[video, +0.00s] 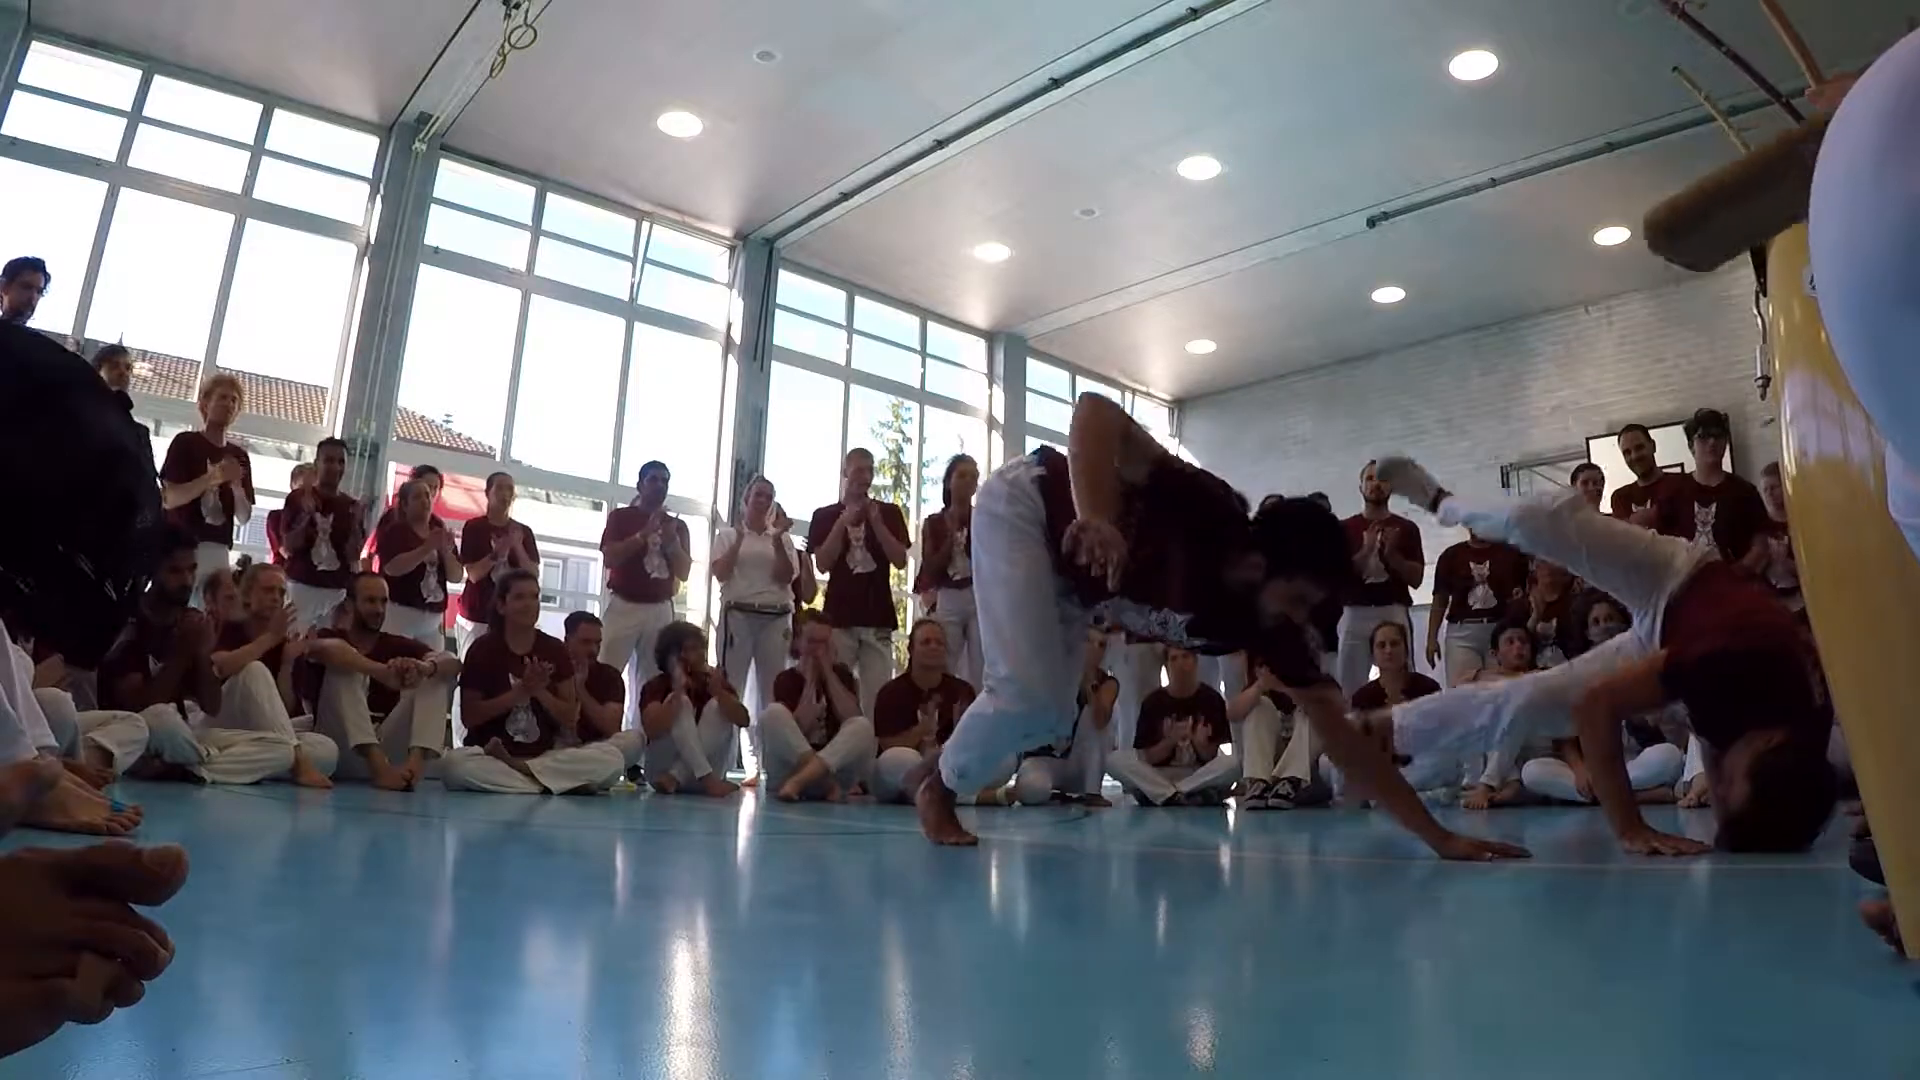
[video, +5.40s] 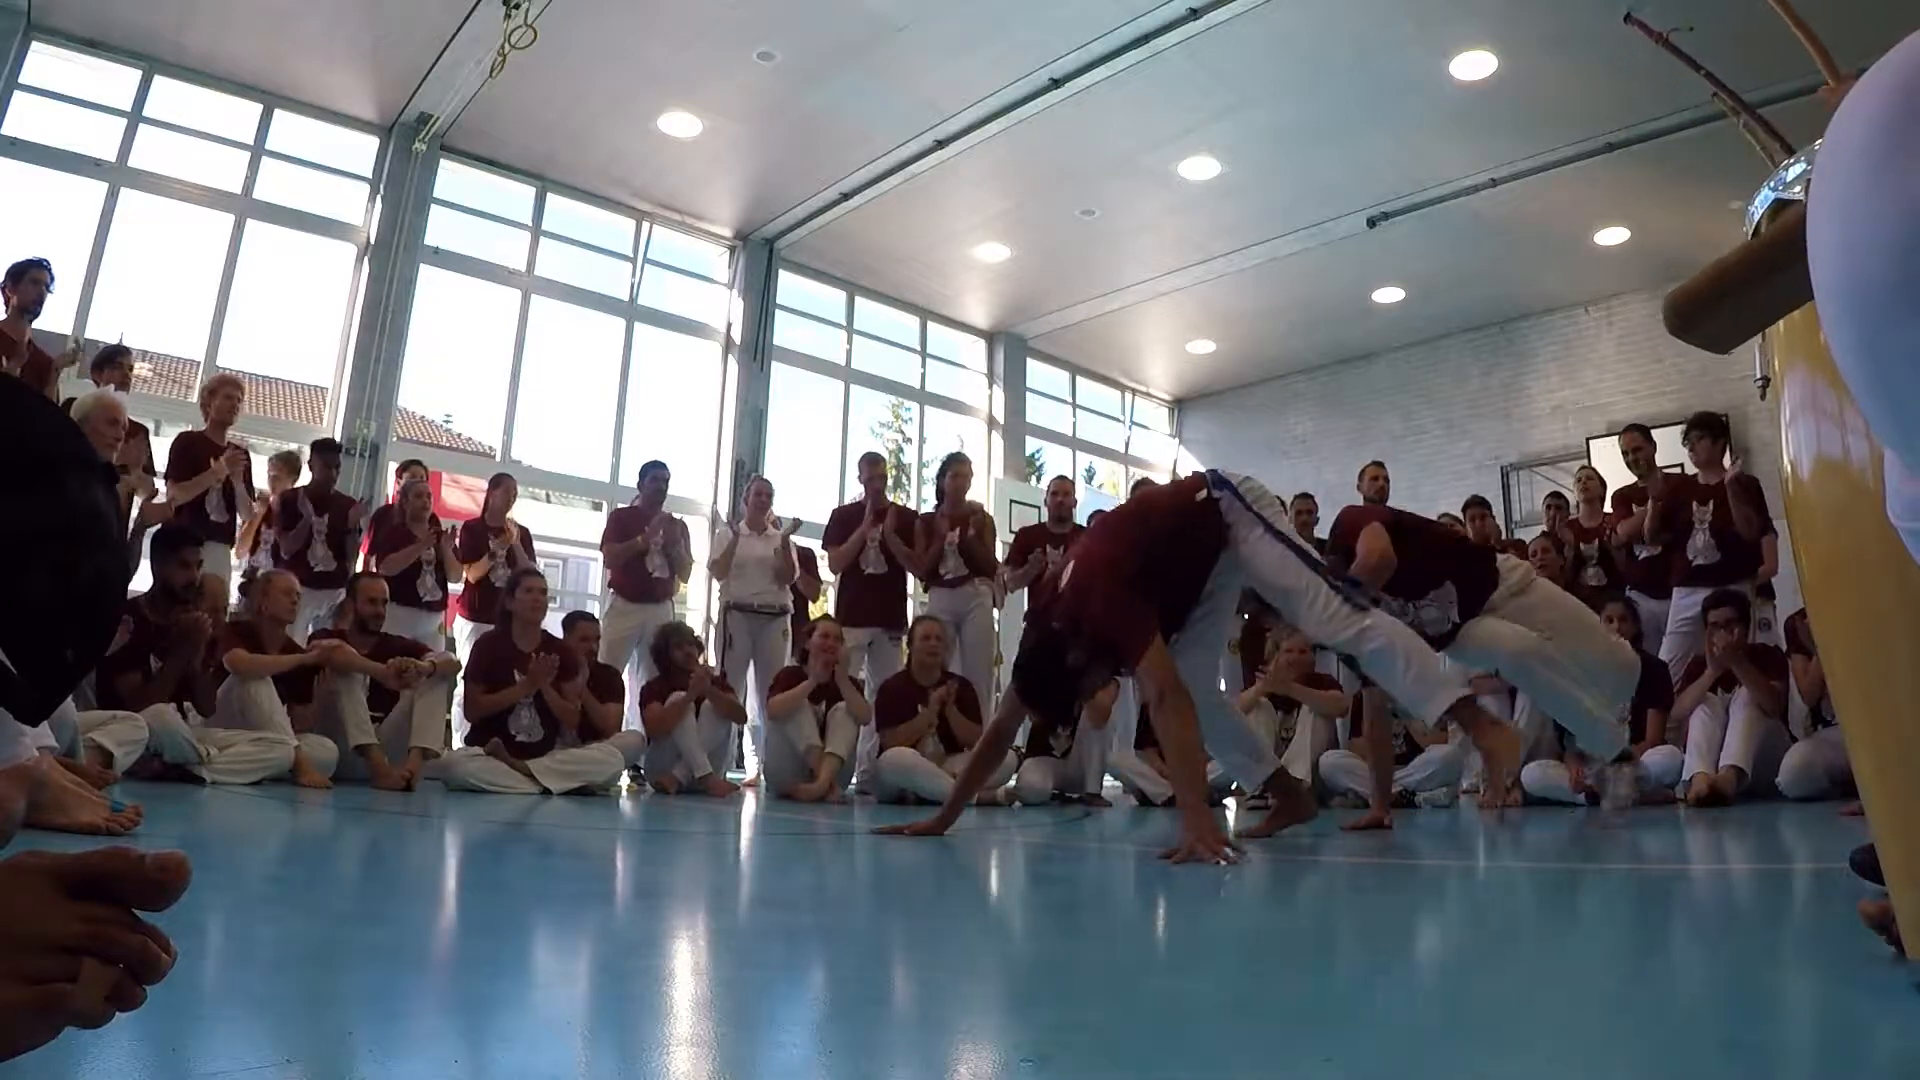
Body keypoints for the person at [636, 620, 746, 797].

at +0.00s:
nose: (702, 654)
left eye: (703, 647)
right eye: (693, 649)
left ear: (706, 649)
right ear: (675, 655)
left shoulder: (714, 680)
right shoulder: (655, 686)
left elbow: (743, 720)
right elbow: (652, 729)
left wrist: (719, 692)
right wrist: (677, 692)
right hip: (663, 772)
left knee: (719, 705)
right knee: (680, 702)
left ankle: (675, 776)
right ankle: (707, 777)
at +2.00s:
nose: (688, 652)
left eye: (691, 645)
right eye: (679, 648)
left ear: (699, 647)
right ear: (668, 655)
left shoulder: (714, 678)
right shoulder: (655, 686)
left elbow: (743, 719)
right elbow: (652, 730)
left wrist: (715, 692)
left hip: (710, 770)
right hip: (664, 770)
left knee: (720, 704)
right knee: (678, 701)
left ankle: (677, 775)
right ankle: (707, 777)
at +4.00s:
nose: (690, 653)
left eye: (692, 646)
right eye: (681, 648)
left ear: (698, 648)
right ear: (668, 657)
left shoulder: (714, 679)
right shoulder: (654, 688)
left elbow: (742, 720)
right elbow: (651, 731)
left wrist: (716, 693)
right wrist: (682, 693)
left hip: (710, 770)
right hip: (665, 771)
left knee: (718, 705)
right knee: (678, 702)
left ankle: (678, 777)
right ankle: (708, 777)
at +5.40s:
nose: (688, 650)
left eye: (690, 644)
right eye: (679, 647)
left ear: (697, 647)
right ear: (666, 654)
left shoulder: (714, 681)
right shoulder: (653, 687)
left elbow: (741, 717)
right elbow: (654, 729)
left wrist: (709, 690)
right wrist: (689, 696)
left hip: (710, 769)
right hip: (664, 771)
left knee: (717, 704)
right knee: (677, 700)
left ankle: (678, 776)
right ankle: (706, 776)